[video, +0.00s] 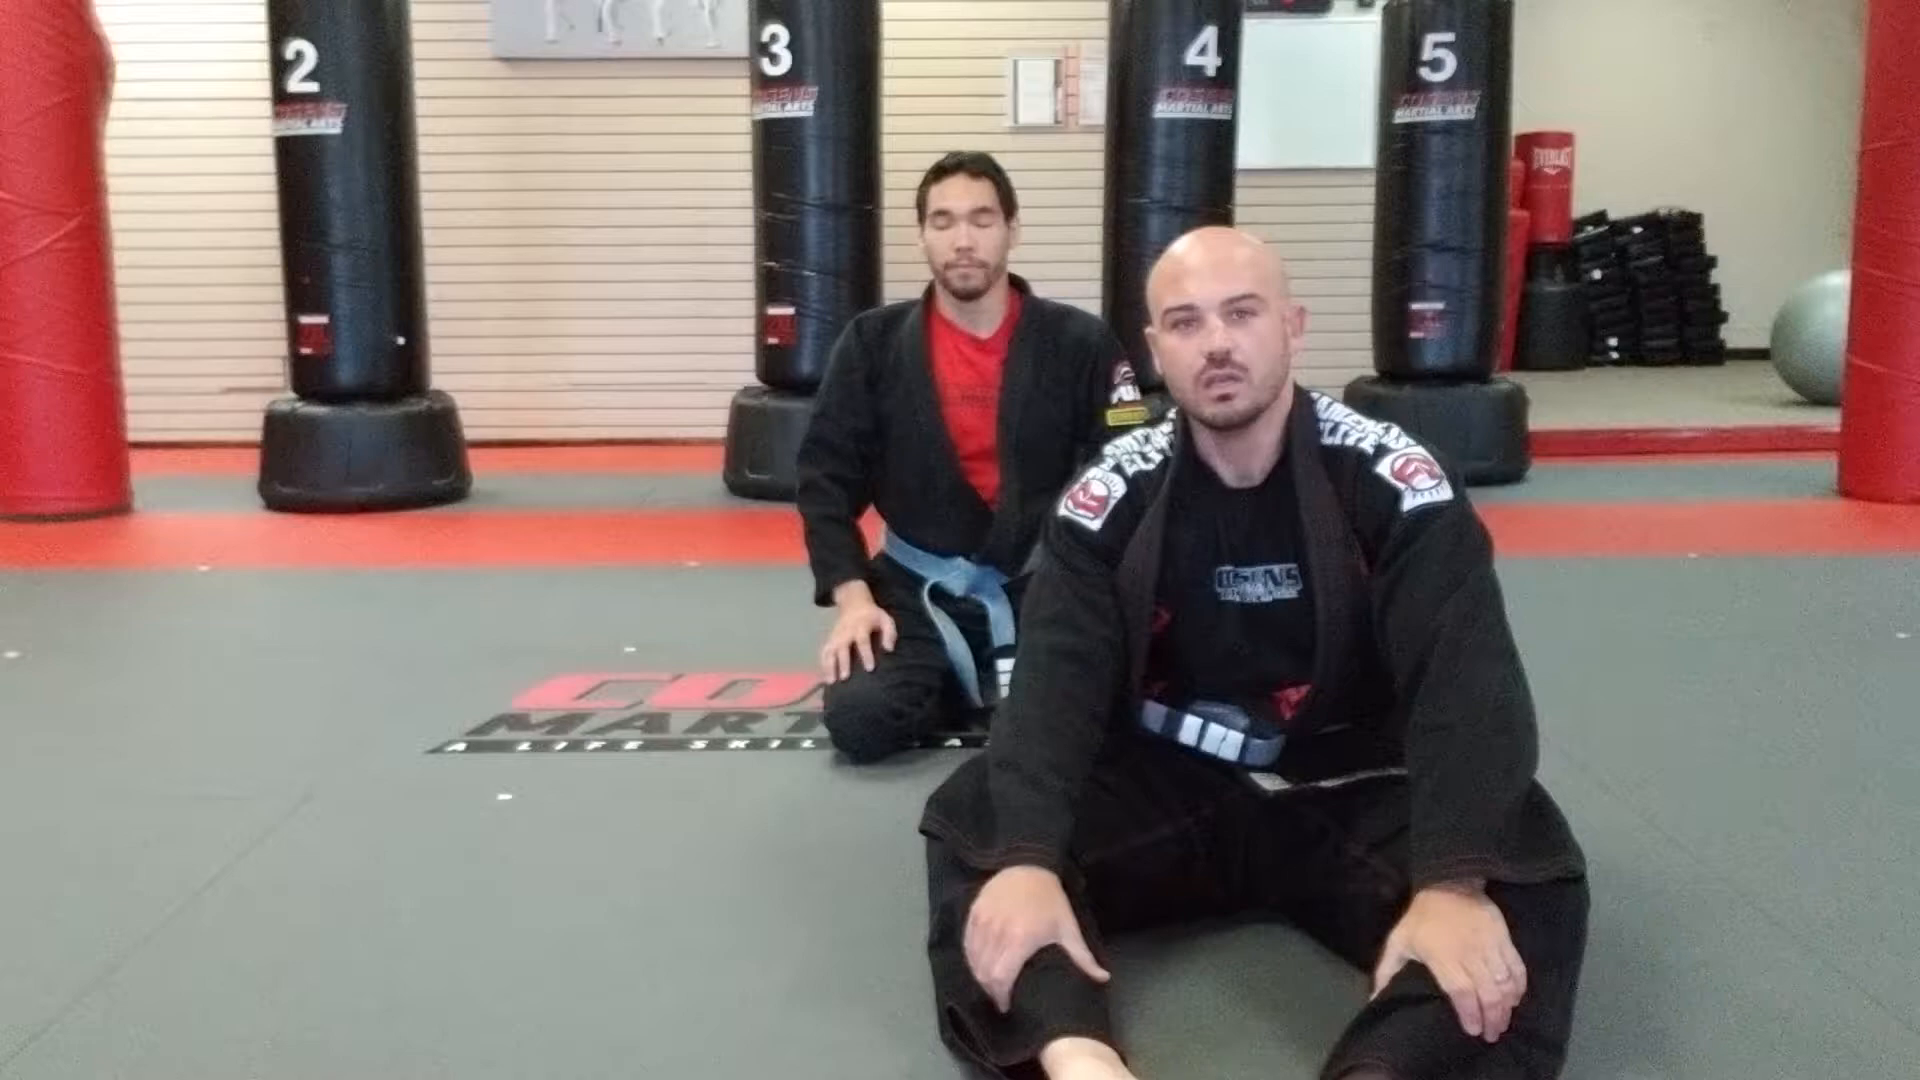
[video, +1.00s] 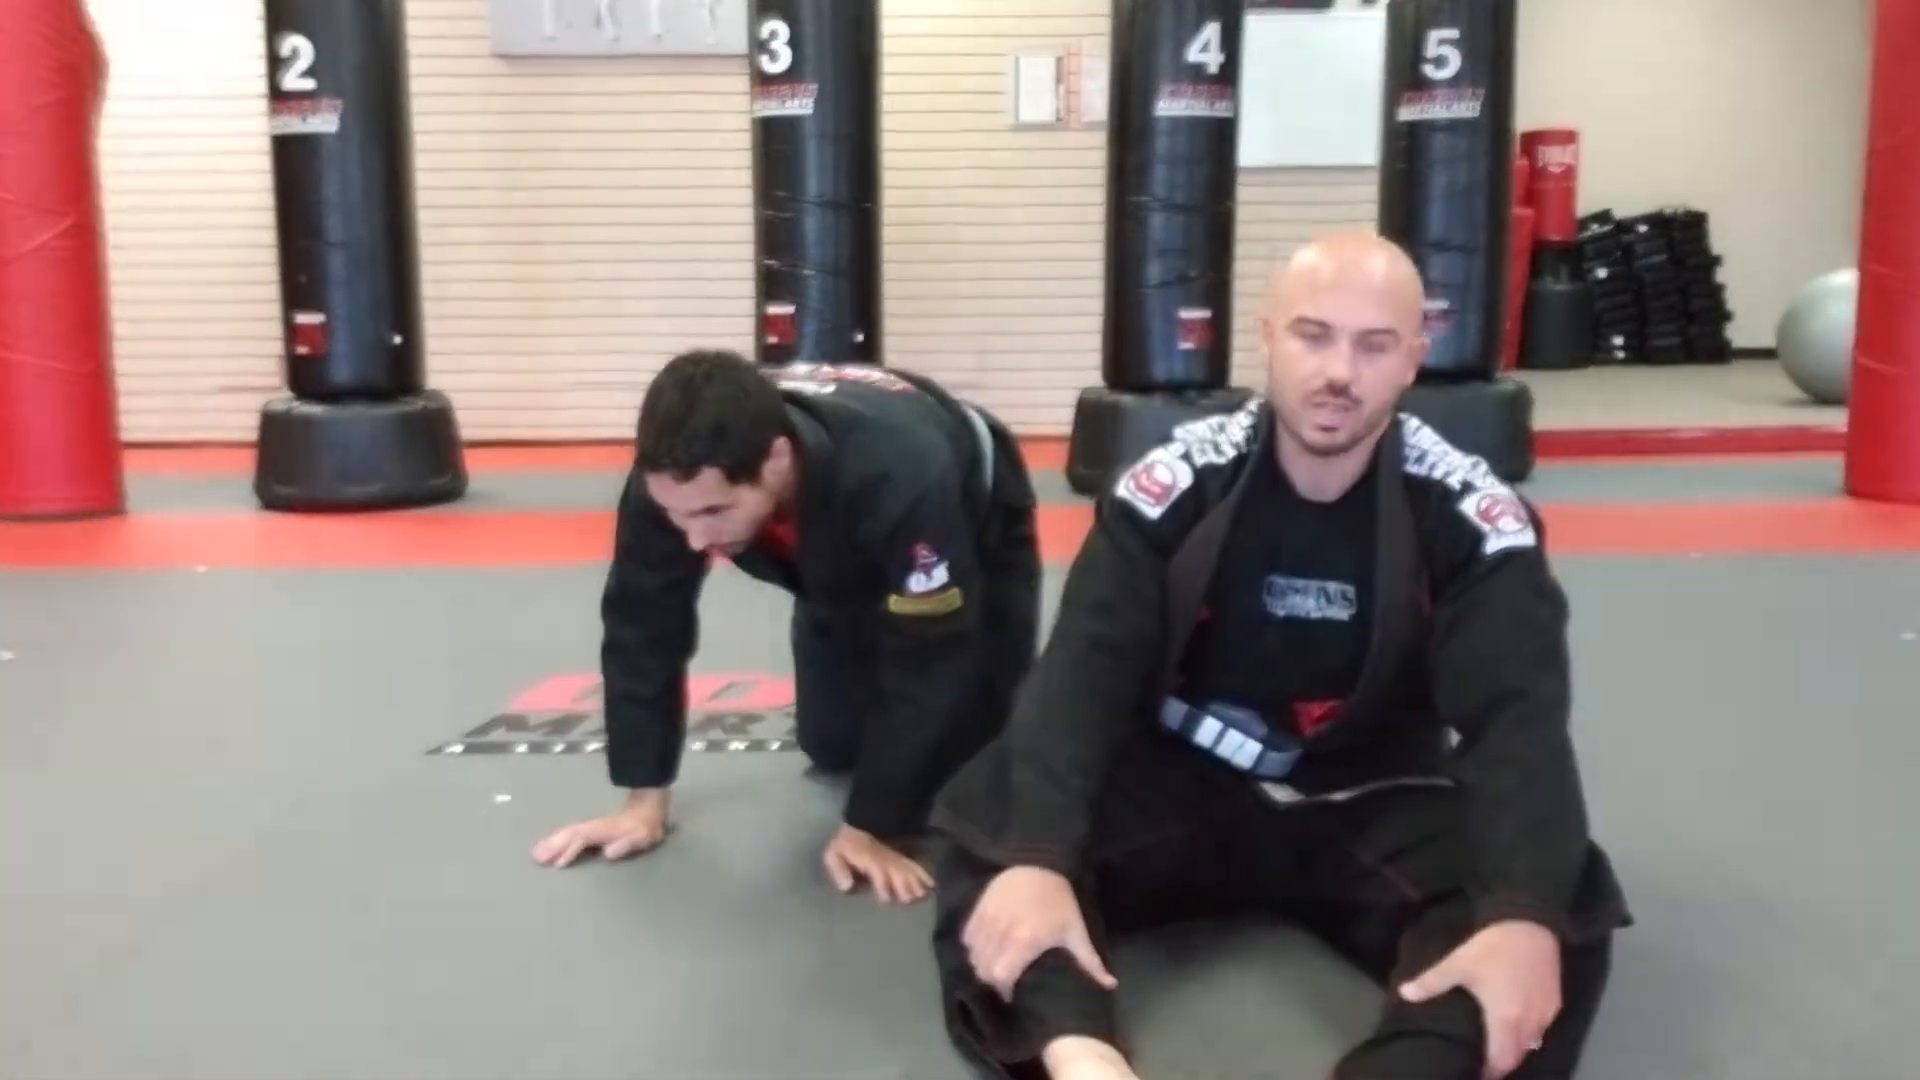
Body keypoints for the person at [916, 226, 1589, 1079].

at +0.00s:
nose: (1216, 345)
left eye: (1241, 315)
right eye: (1186, 323)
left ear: (1294, 326)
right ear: (1154, 348)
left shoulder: (1387, 472)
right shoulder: (1111, 494)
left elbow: (1467, 680)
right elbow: (1054, 680)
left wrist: (1453, 882)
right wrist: (1027, 858)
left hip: (1352, 804)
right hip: (1161, 799)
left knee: (1528, 867)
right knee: (974, 812)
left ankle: (1384, 1065)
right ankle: (1082, 1062)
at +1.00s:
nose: (1337, 372)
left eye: (1373, 345)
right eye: (1312, 337)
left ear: (1417, 356)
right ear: (1267, 339)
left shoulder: (1473, 511)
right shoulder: (1177, 480)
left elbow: (1515, 723)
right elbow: (1084, 672)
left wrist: (1525, 917)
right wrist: (1036, 860)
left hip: (1371, 816)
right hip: (1176, 797)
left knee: (1553, 897)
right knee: (988, 822)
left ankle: (1406, 1058)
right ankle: (1085, 1058)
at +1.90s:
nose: (1192, 361)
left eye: (1214, 329)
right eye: (1157, 340)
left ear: (1255, 334)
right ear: (1118, 361)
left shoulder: (1361, 482)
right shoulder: (1081, 506)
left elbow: (1450, 678)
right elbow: (1026, 696)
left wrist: (1472, 881)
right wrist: (984, 866)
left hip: (1338, 799)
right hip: (1147, 795)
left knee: (1518, 862)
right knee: (960, 830)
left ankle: (1377, 1060)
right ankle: (1075, 1057)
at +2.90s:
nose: (1270, 346)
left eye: (1303, 324)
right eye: (1243, 314)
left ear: (1339, 347)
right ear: (1192, 328)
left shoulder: (1410, 489)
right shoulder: (1128, 480)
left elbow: (1479, 695)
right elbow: (1060, 678)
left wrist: (1497, 897)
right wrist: (1015, 861)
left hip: (1352, 810)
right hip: (1159, 796)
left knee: (1531, 874)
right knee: (978, 811)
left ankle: (1393, 1065)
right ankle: (1081, 1063)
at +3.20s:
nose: (1297, 352)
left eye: (1330, 330)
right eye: (1272, 319)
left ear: (1359, 353)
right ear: (1217, 328)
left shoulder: (1424, 492)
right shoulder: (1143, 481)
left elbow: (1490, 699)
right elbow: (1069, 676)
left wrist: (1510, 902)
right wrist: (1019, 856)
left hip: (1358, 814)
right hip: (1167, 800)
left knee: (1537, 875)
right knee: (982, 807)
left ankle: (1402, 1059)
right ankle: (1081, 1058)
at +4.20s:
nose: (1223, 365)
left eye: (1245, 331)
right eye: (1188, 342)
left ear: (1283, 332)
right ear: (1146, 357)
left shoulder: (1377, 478)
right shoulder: (1105, 498)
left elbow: (1456, 680)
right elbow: (1046, 687)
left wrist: (1455, 873)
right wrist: (1017, 856)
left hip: (1342, 805)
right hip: (1153, 798)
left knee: (1512, 860)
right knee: (973, 816)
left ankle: (1365, 1067)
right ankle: (1082, 1064)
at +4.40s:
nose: (1230, 350)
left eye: (1253, 320)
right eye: (1198, 329)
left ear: (1289, 331)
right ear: (1155, 351)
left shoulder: (1374, 470)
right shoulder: (1116, 479)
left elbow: (1435, 659)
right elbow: (1047, 641)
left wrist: (1416, 823)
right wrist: (1033, 765)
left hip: (1330, 794)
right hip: (1151, 784)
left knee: (1466, 833)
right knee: (995, 791)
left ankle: (1346, 1064)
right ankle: (1084, 1052)